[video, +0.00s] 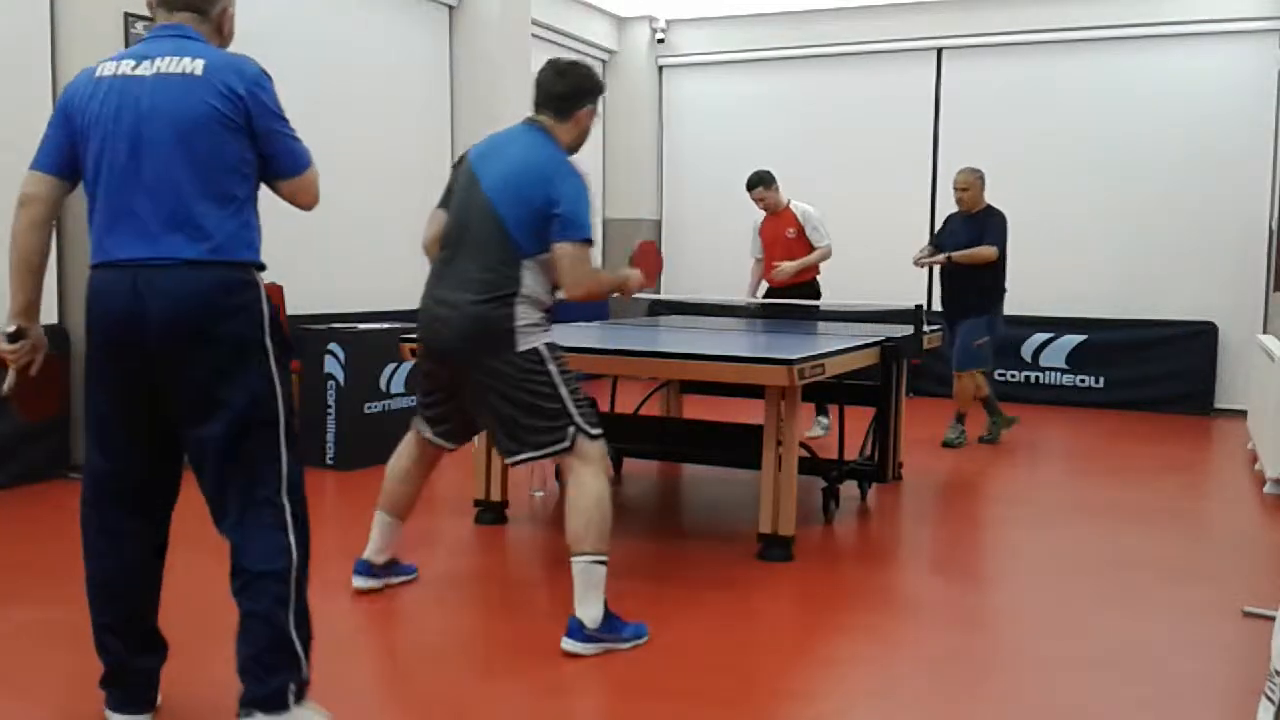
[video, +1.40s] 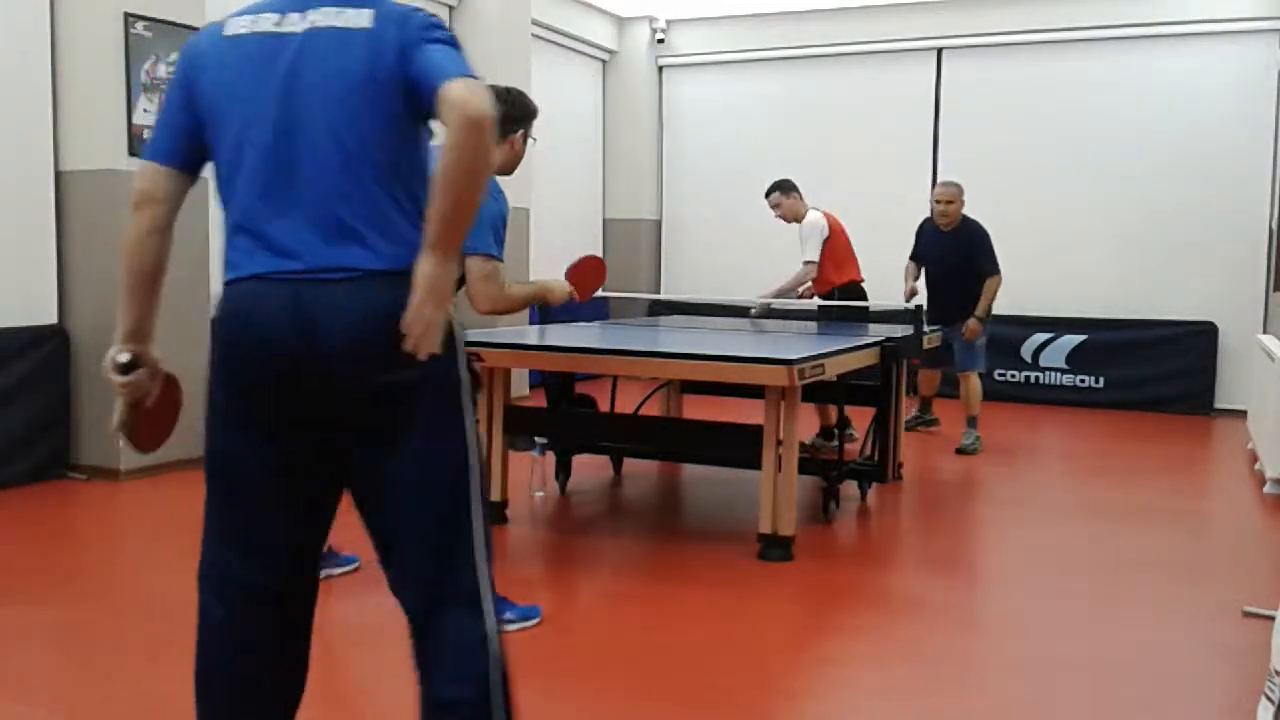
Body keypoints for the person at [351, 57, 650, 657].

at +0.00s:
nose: (591, 127)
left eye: (592, 118)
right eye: (592, 118)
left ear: (537, 105)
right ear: (581, 115)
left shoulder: (480, 153)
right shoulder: (561, 176)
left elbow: (434, 240)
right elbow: (575, 283)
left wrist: (502, 264)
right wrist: (620, 277)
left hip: (440, 323)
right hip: (508, 331)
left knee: (425, 435)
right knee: (586, 456)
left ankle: (374, 559)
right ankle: (591, 618)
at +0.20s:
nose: (566, 120)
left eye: (568, 109)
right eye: (563, 107)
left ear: (517, 98)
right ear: (529, 98)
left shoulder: (449, 137)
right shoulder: (516, 160)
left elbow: (402, 221)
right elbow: (520, 263)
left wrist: (445, 264)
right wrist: (570, 244)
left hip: (404, 304)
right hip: (462, 310)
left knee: (409, 426)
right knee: (535, 432)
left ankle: (370, 558)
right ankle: (536, 593)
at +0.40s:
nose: (554, 114)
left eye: (557, 102)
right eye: (551, 100)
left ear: (503, 89)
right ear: (520, 90)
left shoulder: (435, 126)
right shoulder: (506, 147)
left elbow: (382, 206)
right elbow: (516, 251)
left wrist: (420, 261)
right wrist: (561, 212)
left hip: (383, 300)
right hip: (445, 310)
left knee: (391, 415)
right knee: (493, 440)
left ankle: (340, 534)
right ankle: (477, 600)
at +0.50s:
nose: (544, 128)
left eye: (546, 116)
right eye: (542, 115)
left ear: (496, 105)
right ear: (516, 107)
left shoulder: (443, 142)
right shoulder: (486, 166)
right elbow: (516, 272)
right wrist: (555, 233)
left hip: (379, 305)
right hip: (424, 313)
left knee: (353, 444)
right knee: (496, 444)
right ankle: (476, 601)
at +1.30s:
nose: (523, 148)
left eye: (525, 137)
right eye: (525, 137)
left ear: (471, 122)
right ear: (511, 134)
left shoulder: (424, 155)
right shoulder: (480, 189)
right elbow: (485, 296)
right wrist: (541, 285)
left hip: (350, 304)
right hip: (409, 321)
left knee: (322, 424)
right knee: (463, 443)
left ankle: (311, 547)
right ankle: (474, 598)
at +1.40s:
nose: (525, 152)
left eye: (525, 140)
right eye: (526, 140)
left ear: (480, 129)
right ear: (510, 137)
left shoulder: (420, 172)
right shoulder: (482, 192)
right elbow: (487, 299)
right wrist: (544, 291)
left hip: (386, 323)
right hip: (429, 335)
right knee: (456, 464)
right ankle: (473, 595)